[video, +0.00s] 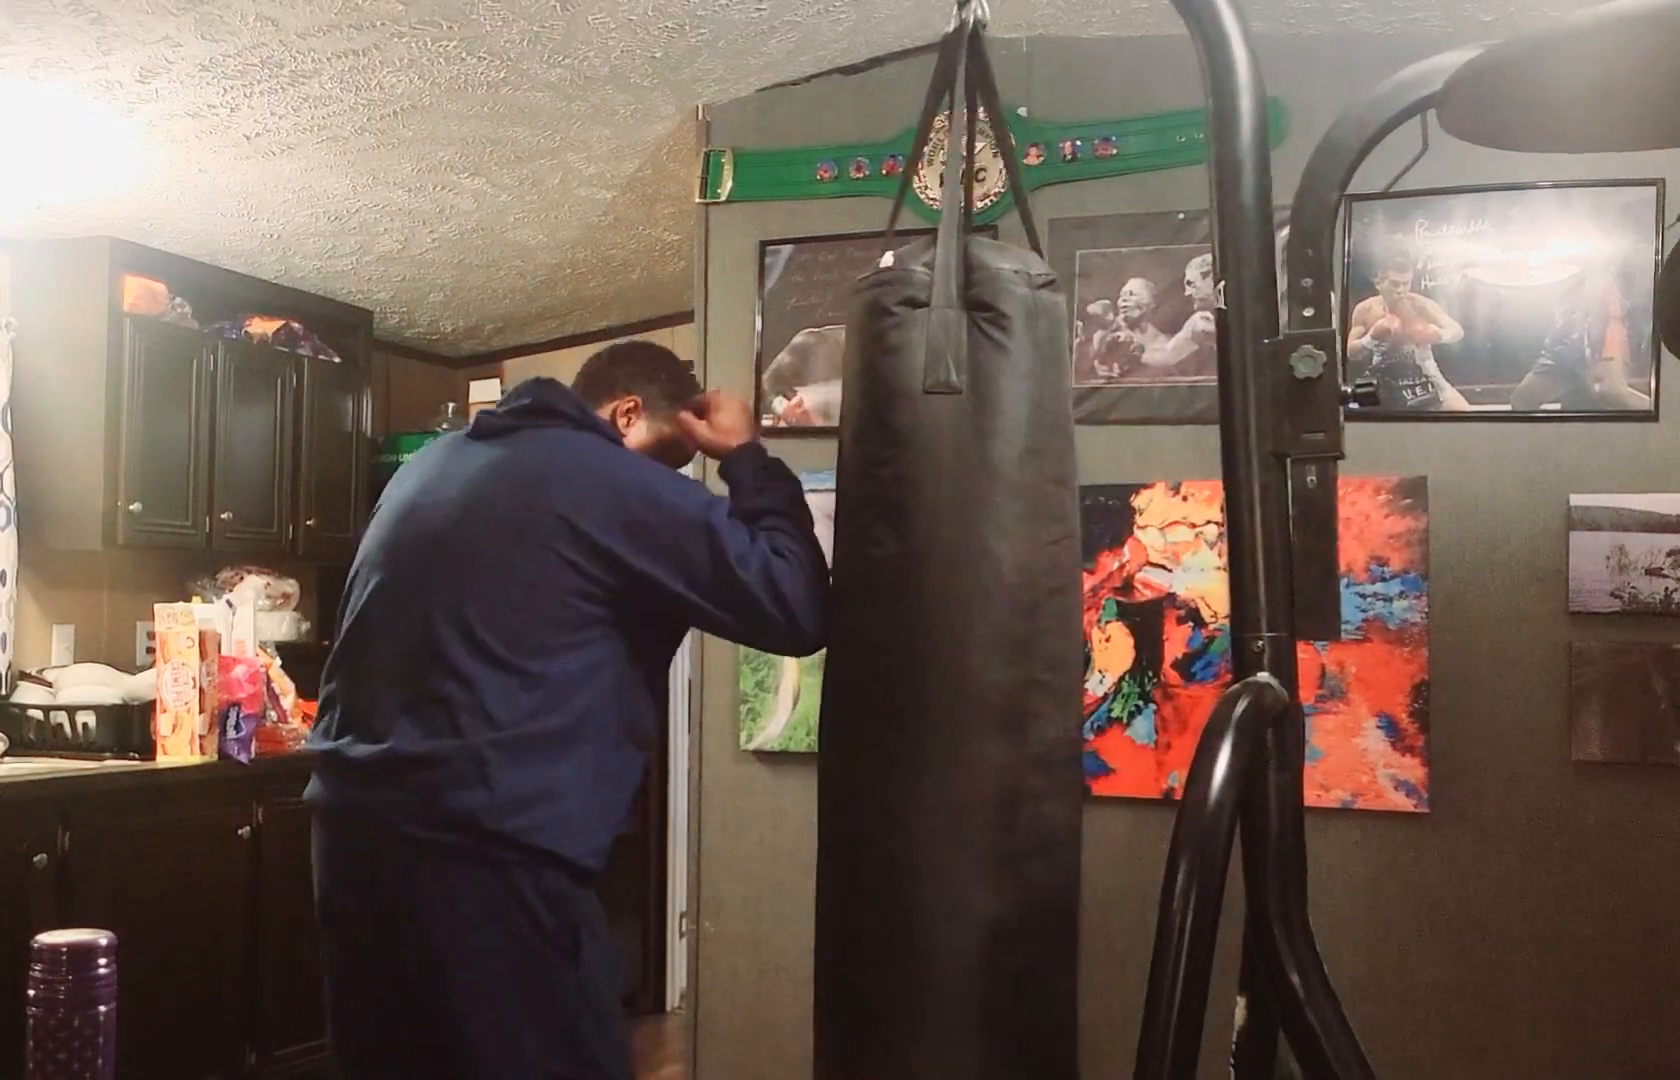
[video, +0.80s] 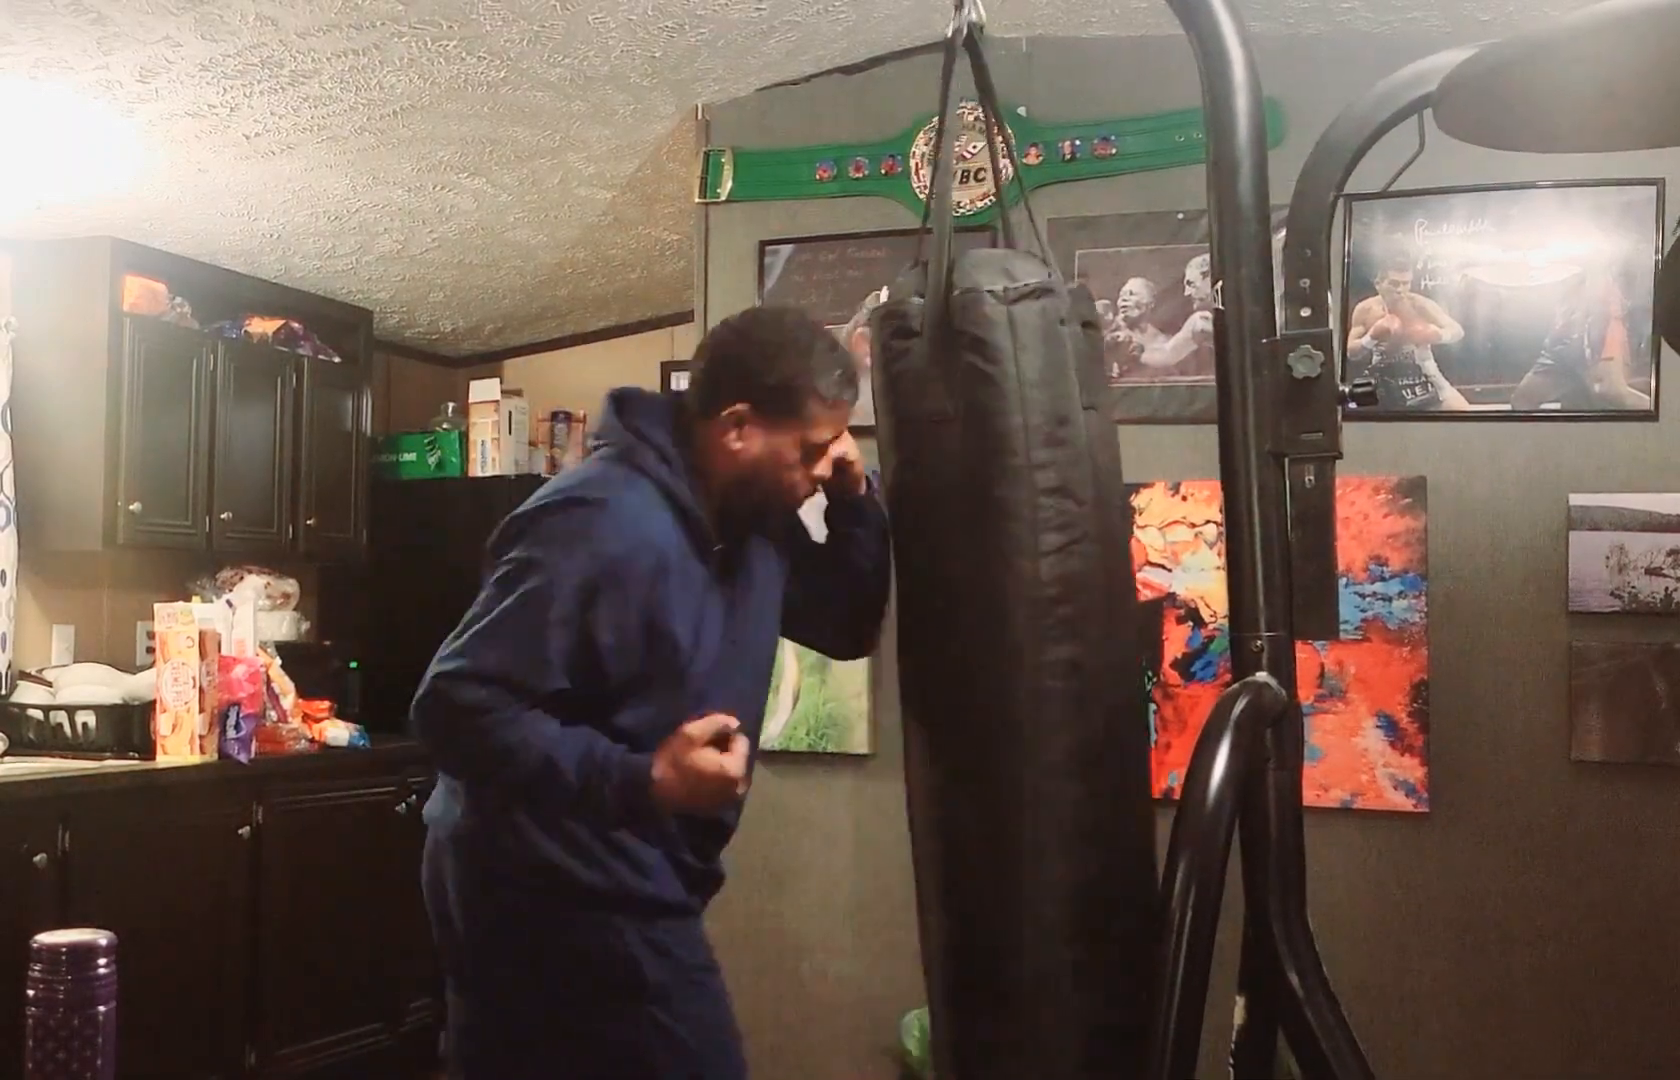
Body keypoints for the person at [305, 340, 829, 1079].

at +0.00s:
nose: (663, 476)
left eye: (673, 461)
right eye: (669, 455)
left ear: (581, 403)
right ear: (628, 414)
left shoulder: (431, 461)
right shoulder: (609, 481)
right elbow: (796, 605)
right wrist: (748, 455)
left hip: (351, 839)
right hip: (499, 857)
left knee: (385, 1064)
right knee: (559, 1061)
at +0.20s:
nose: (653, 478)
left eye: (663, 458)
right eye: (652, 450)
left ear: (582, 406)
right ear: (596, 409)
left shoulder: (442, 470)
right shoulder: (557, 476)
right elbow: (714, 649)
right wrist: (718, 481)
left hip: (357, 849)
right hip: (478, 864)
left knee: (393, 1063)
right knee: (572, 1062)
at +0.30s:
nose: (668, 455)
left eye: (675, 435)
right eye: (658, 431)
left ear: (588, 398)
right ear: (588, 398)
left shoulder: (481, 462)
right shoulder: (531, 478)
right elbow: (632, 673)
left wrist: (659, 514)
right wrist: (697, 516)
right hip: (473, 860)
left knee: (442, 1059)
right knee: (578, 1060)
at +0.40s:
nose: (675, 450)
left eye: (686, 428)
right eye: (665, 426)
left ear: (589, 400)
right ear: (589, 397)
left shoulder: (555, 483)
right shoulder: (506, 488)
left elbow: (657, 657)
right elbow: (554, 701)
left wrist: (696, 532)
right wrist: (664, 559)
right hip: (484, 878)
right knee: (581, 1062)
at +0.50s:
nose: (700, 466)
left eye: (709, 443)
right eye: (684, 443)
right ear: (609, 415)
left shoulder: (624, 497)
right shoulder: (497, 512)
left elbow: (765, 634)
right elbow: (488, 728)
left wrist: (752, 471)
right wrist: (651, 620)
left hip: (566, 871)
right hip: (501, 885)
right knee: (611, 1062)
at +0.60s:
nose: (740, 487)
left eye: (748, 465)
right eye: (725, 465)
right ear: (646, 435)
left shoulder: (715, 518)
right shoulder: (517, 532)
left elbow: (845, 628)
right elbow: (445, 748)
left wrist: (815, 473)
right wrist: (638, 685)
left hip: (614, 887)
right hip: (528, 898)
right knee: (649, 1065)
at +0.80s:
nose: (822, 477)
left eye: (829, 457)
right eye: (810, 454)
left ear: (737, 432)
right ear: (736, 428)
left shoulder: (747, 518)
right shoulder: (602, 519)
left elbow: (847, 627)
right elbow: (454, 702)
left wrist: (852, 497)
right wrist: (643, 779)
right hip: (561, 886)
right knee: (693, 1064)